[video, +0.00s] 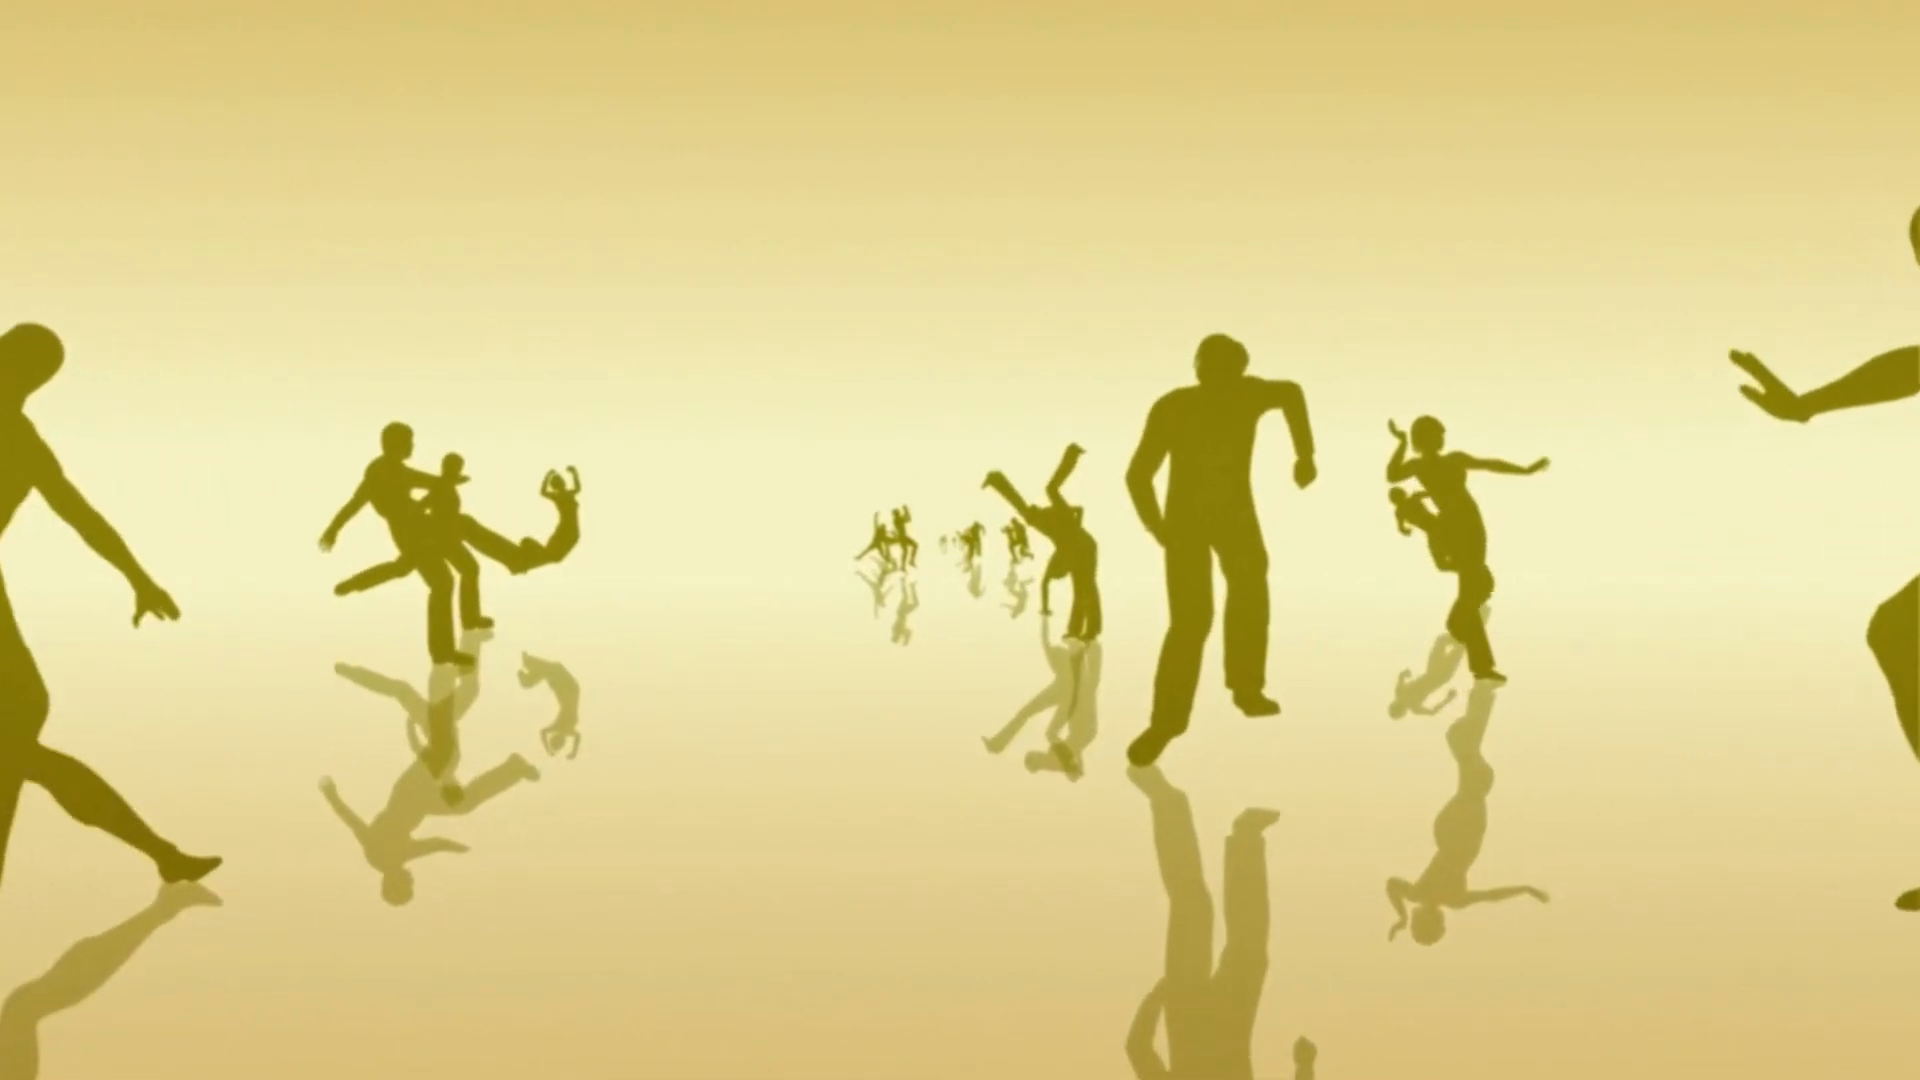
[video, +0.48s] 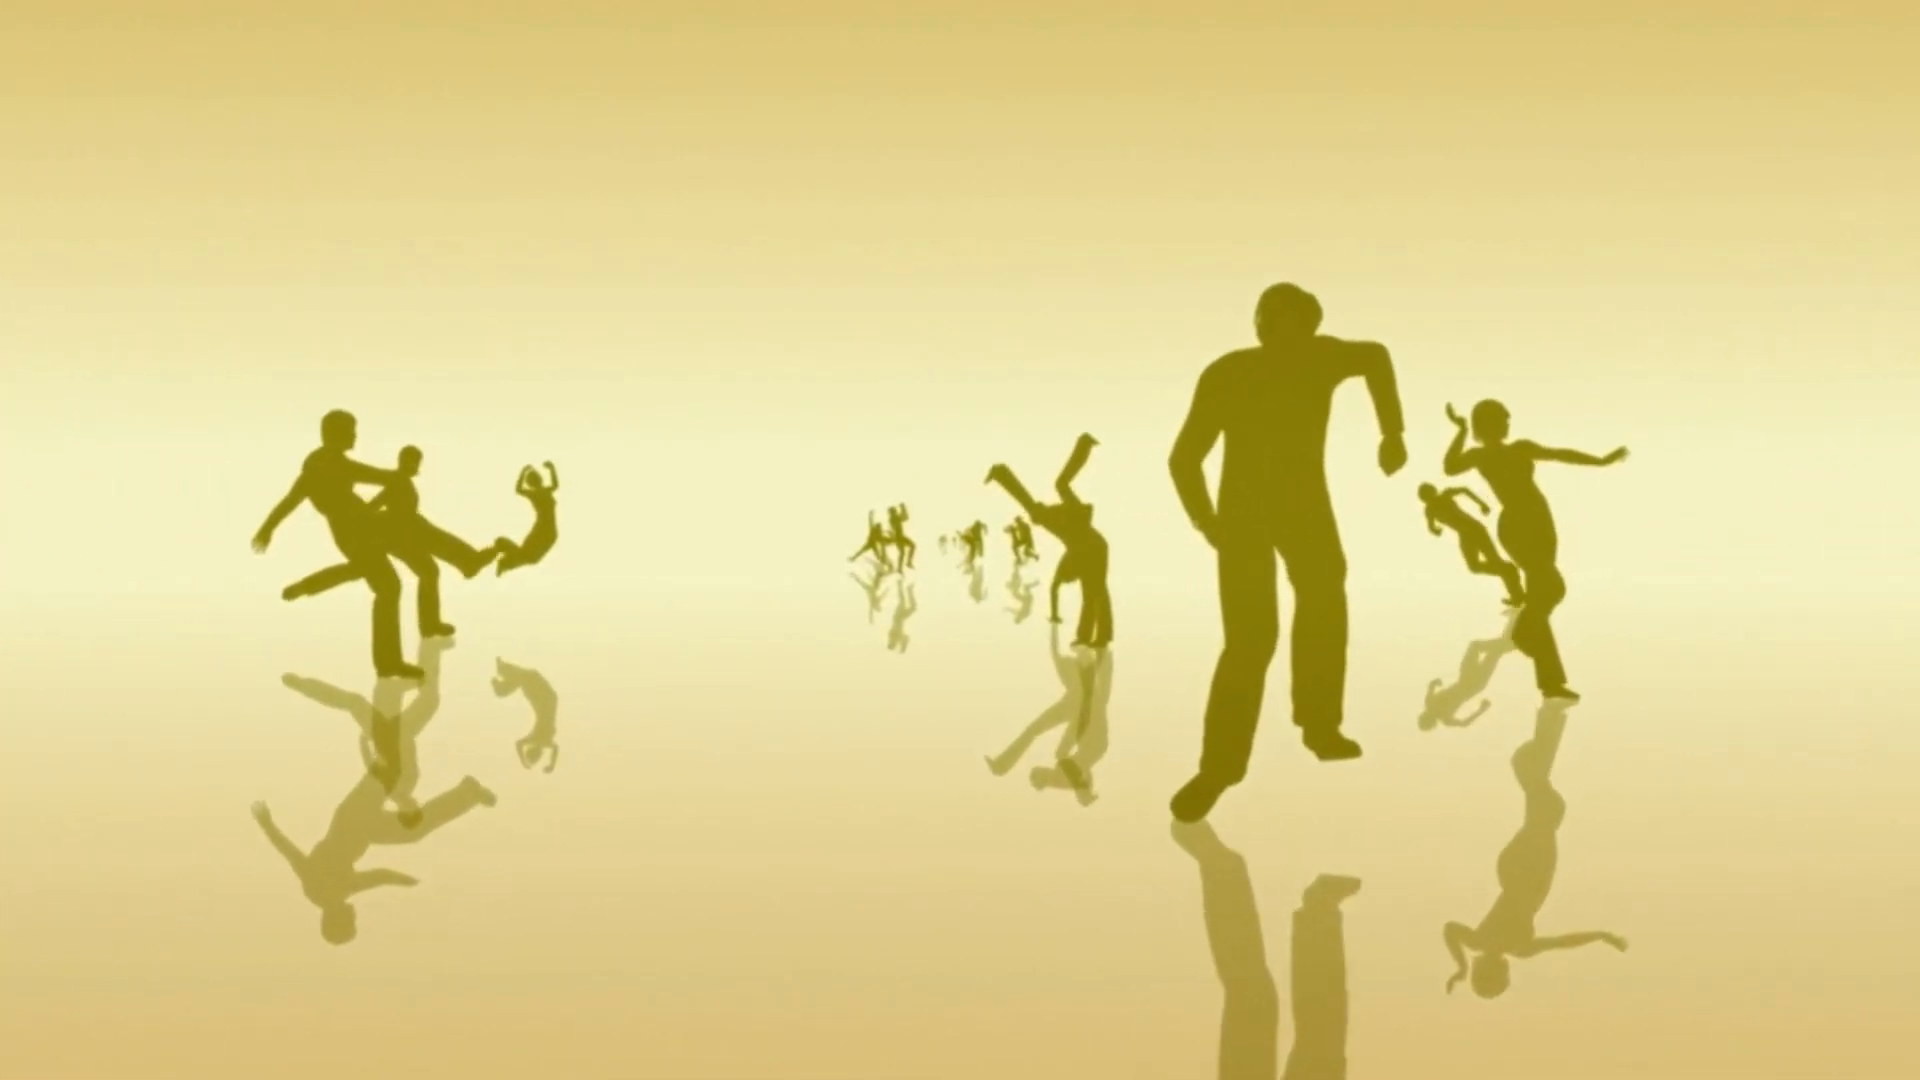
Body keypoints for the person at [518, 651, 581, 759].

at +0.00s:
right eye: (553, 746)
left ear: (561, 740)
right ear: (553, 738)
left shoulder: (568, 731)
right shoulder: (555, 728)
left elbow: (578, 736)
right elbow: (542, 732)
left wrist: (574, 752)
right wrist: (547, 750)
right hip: (551, 671)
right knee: (526, 683)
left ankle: (529, 661)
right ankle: (520, 673)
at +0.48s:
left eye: (532, 758)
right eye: (530, 757)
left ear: (537, 751)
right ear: (529, 749)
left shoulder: (545, 742)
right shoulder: (532, 739)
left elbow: (556, 747)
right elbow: (518, 744)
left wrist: (552, 765)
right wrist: (523, 762)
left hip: (534, 678)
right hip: (526, 678)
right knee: (501, 691)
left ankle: (503, 667)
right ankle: (494, 681)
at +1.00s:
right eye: (505, 770)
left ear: (515, 763)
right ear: (504, 761)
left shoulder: (522, 753)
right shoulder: (507, 751)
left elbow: (533, 759)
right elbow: (494, 755)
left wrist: (529, 778)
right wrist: (498, 773)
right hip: (502, 687)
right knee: (475, 701)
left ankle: (478, 675)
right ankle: (469, 688)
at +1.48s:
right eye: (476, 785)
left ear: (486, 779)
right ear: (477, 776)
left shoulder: (494, 768)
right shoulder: (479, 764)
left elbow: (507, 773)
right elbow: (464, 769)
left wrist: (501, 793)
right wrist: (469, 789)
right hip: (474, 696)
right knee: (445, 711)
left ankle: (447, 684)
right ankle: (437, 699)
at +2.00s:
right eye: (446, 800)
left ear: (457, 793)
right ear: (448, 791)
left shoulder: (466, 781)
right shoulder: (450, 778)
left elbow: (479, 788)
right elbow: (434, 783)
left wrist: (474, 809)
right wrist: (439, 804)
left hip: (454, 706)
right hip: (443, 705)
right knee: (413, 722)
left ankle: (416, 692)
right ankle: (405, 709)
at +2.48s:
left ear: (423, 810)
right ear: (412, 808)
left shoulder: (432, 798)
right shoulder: (414, 795)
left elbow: (446, 805)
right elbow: (397, 800)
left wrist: (440, 828)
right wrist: (403, 823)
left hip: (419, 717)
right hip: (407, 717)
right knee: (376, 734)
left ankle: (378, 703)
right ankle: (367, 721)